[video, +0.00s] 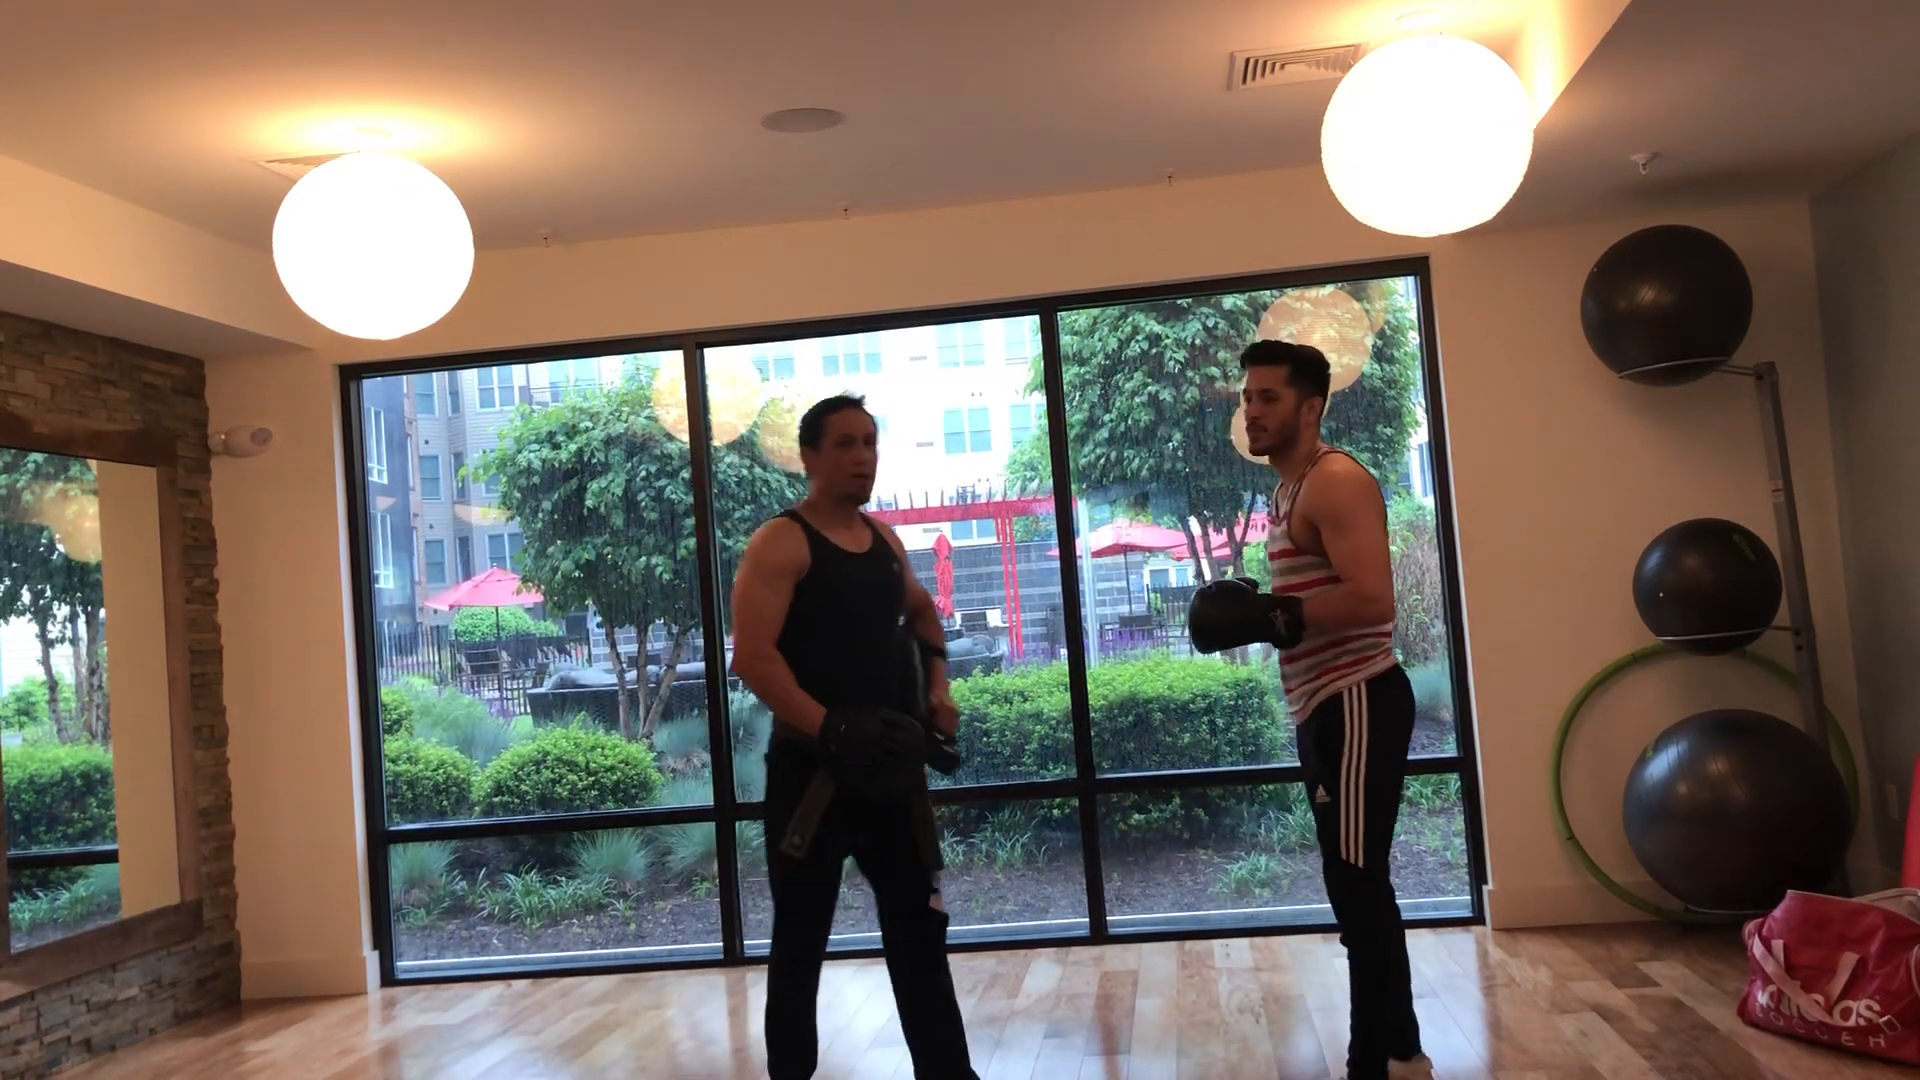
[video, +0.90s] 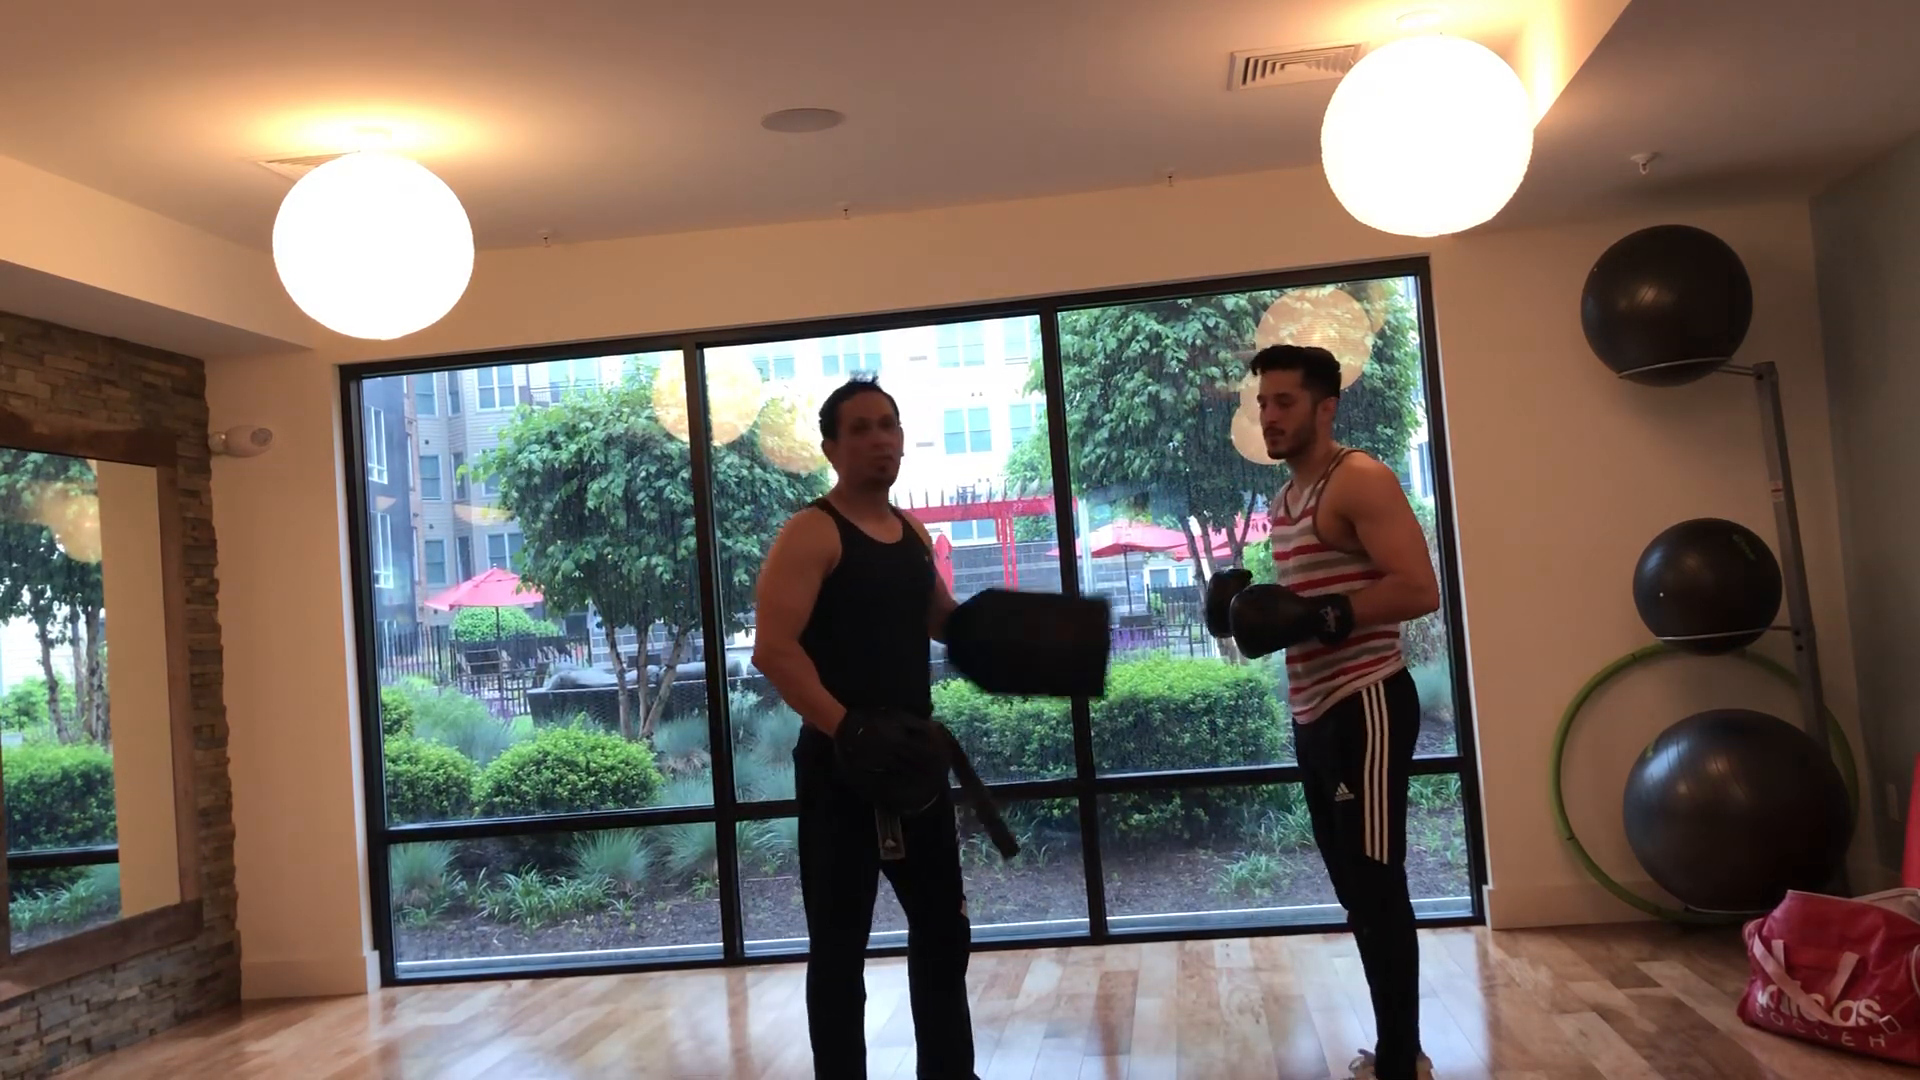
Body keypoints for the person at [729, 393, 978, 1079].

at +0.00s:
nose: (863, 457)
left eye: (870, 444)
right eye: (845, 445)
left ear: (878, 454)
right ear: (809, 458)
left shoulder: (881, 537)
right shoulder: (777, 544)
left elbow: (923, 618)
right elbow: (751, 657)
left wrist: (938, 686)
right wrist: (829, 728)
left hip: (890, 762)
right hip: (809, 768)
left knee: (918, 929)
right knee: (800, 940)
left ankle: (947, 1073)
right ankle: (790, 1073)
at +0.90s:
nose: (881, 438)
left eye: (889, 424)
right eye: (862, 428)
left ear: (903, 436)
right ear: (831, 448)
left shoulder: (910, 533)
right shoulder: (809, 533)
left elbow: (946, 622)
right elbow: (772, 649)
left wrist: (1021, 640)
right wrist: (850, 730)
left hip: (915, 754)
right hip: (836, 763)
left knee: (943, 936)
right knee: (838, 948)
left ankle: (949, 1074)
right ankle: (842, 1078)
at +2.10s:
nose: (1021, 484)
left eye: (1023, 470)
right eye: (1015, 468)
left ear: (974, 465)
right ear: (968, 460)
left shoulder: (976, 539)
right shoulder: (896, 529)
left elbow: (978, 631)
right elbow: (895, 646)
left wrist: (1040, 627)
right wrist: (997, 640)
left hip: (954, 743)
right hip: (887, 746)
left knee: (974, 920)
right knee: (886, 930)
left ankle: (990, 1068)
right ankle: (873, 1074)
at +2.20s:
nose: (1018, 482)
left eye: (1020, 468)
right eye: (1011, 466)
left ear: (972, 463)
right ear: (967, 460)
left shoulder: (969, 539)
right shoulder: (891, 529)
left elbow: (962, 631)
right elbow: (880, 646)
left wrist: (1034, 625)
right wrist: (987, 641)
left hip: (948, 747)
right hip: (881, 750)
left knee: (973, 921)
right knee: (882, 933)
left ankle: (989, 1069)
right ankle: (872, 1074)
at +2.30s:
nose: (1011, 482)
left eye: (1013, 469)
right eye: (1005, 467)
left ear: (963, 464)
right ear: (963, 461)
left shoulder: (961, 536)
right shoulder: (882, 531)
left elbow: (957, 629)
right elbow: (867, 645)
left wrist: (1023, 621)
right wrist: (975, 635)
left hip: (945, 747)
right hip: (876, 751)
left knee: (976, 923)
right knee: (875, 938)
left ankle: (990, 1071)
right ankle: (868, 1077)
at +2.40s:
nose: (1005, 484)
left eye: (1006, 470)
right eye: (999, 468)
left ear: (956, 465)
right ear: (956, 462)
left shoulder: (951, 537)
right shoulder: (874, 533)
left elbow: (956, 634)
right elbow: (872, 650)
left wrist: (1027, 616)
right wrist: (975, 629)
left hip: (944, 750)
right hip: (872, 755)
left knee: (982, 923)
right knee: (871, 940)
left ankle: (992, 1071)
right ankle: (867, 1076)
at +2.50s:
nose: (999, 489)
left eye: (1002, 474)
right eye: (996, 472)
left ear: (956, 466)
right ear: (955, 463)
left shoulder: (949, 539)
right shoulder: (874, 535)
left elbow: (954, 636)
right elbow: (888, 652)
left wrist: (1022, 605)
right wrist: (986, 630)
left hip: (944, 748)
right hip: (873, 754)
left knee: (1000, 906)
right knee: (873, 938)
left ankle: (1001, 1068)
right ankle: (869, 1075)